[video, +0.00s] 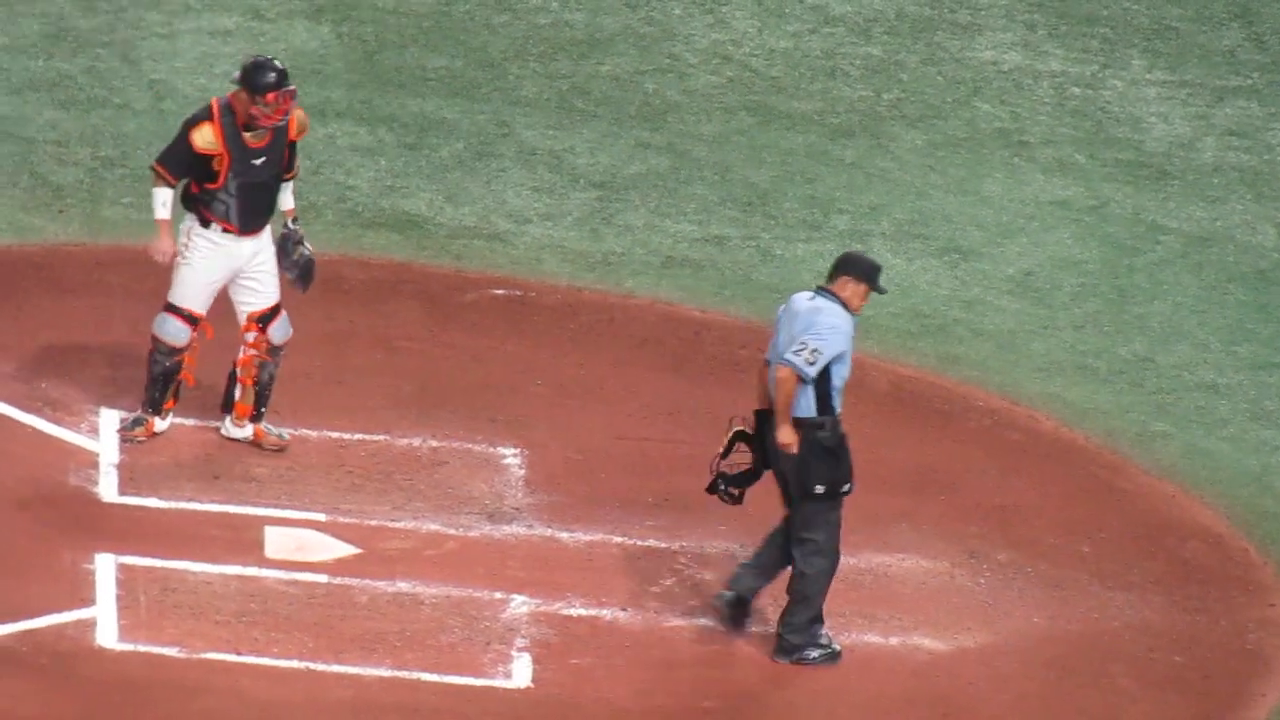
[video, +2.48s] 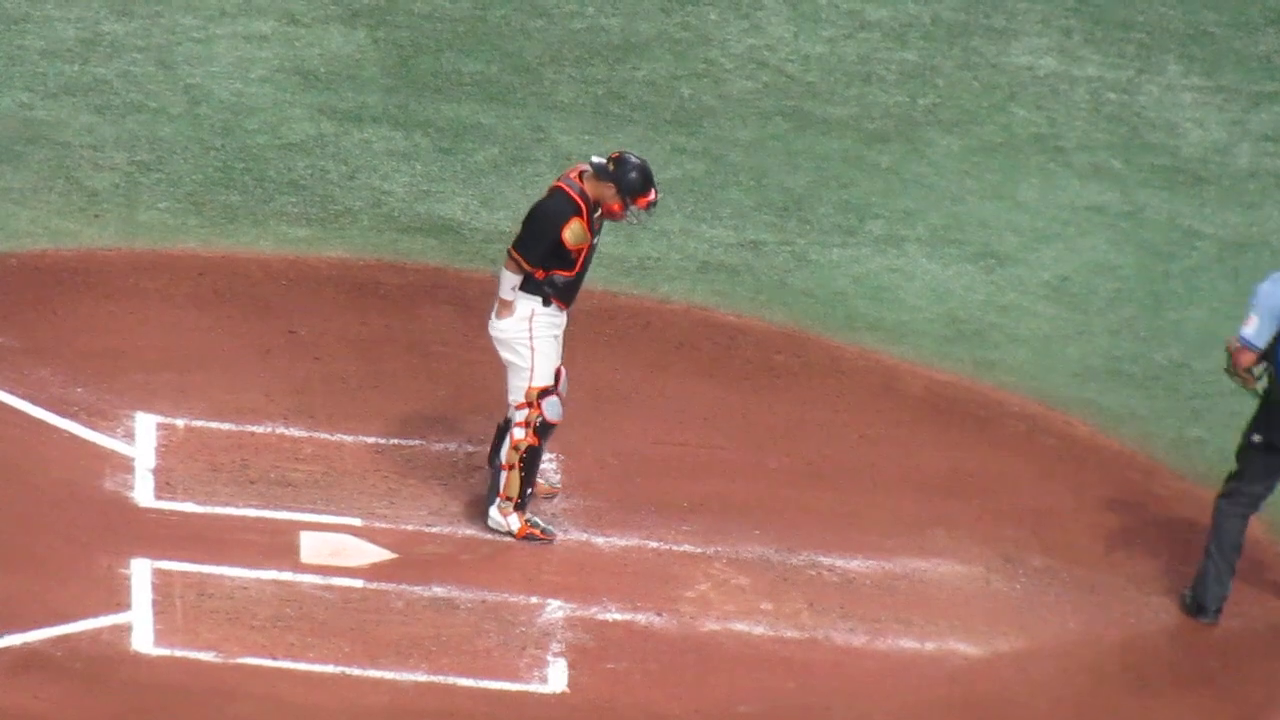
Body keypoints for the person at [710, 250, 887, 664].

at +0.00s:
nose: (867, 299)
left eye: (869, 292)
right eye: (866, 290)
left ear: (841, 280)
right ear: (847, 283)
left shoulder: (797, 303)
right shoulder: (835, 321)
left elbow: (770, 366)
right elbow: (787, 371)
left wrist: (766, 423)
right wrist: (783, 424)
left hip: (785, 434)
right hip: (814, 438)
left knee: (799, 525)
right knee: (820, 542)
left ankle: (740, 591)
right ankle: (799, 636)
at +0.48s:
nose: (989, 284)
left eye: (990, 277)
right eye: (988, 276)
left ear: (953, 271)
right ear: (970, 273)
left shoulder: (912, 299)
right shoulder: (974, 317)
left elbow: (884, 365)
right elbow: (954, 386)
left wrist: (857, 417)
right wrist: (965, 448)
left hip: (907, 424)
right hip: (940, 433)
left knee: (941, 526)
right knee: (946, 545)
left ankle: (938, 612)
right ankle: (864, 611)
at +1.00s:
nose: (1113, 275)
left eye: (1112, 267)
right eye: (1105, 268)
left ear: (1083, 271)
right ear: (1081, 270)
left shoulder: (1051, 288)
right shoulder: (1083, 318)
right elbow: (1083, 392)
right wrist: (1120, 413)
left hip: (1041, 420)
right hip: (1073, 431)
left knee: (1014, 520)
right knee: (1102, 532)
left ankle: (961, 604)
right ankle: (1117, 619)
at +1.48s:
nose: (1214, 267)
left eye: (1214, 260)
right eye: (1209, 260)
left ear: (1180, 262)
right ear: (1185, 262)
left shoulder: (1138, 277)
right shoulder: (1194, 311)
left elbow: (1122, 336)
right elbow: (1196, 385)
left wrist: (1179, 343)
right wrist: (1223, 385)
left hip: (1133, 410)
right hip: (1168, 421)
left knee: (1171, 506)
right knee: (1154, 515)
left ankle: (1185, 597)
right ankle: (1124, 618)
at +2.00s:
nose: (1267, 239)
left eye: (1265, 232)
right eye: (1263, 233)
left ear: (1227, 237)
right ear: (1247, 237)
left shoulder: (1188, 271)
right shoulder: (1264, 284)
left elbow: (1168, 336)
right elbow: (1269, 361)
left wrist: (1215, 339)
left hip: (1202, 396)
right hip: (1249, 401)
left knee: (1205, 496)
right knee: (1273, 494)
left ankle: (1204, 594)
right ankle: (1255, 592)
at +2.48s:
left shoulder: (1273, 288)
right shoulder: (1271, 289)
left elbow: (1245, 358)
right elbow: (1247, 356)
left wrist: (1239, 360)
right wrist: (1245, 360)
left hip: (1274, 417)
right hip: (1272, 416)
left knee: (1238, 501)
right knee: (1237, 501)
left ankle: (1208, 600)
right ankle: (1209, 599)